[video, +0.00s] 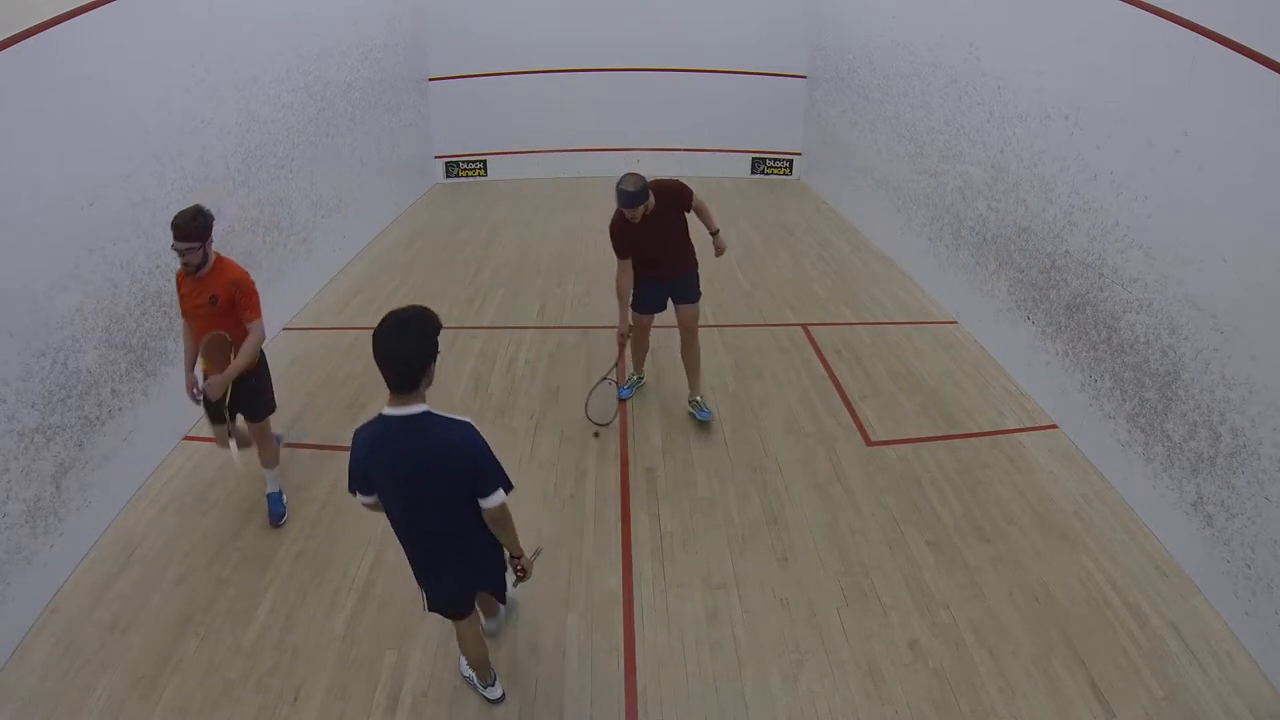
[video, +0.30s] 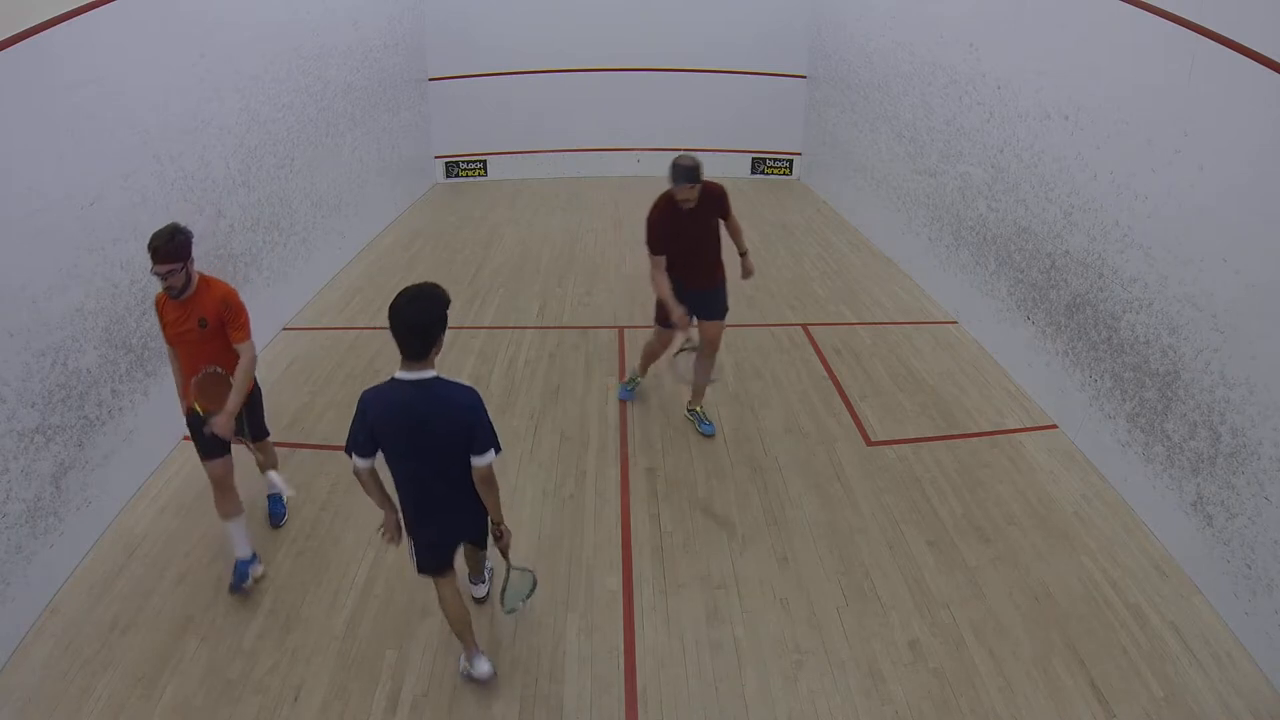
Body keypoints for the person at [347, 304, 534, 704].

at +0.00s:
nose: (438, 364)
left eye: (436, 355)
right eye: (437, 357)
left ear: (382, 367)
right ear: (430, 370)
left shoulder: (367, 438)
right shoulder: (459, 435)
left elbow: (369, 500)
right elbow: (495, 510)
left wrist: (408, 505)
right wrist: (516, 551)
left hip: (425, 554)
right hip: (474, 543)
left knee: (463, 618)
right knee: (484, 579)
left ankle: (487, 683)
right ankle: (492, 615)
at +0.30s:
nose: (446, 335)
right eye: (445, 329)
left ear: (394, 337)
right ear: (440, 343)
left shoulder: (374, 402)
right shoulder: (464, 399)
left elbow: (362, 465)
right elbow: (483, 473)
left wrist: (387, 508)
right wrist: (498, 520)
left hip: (421, 514)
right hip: (467, 504)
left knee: (445, 581)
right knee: (474, 542)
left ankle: (475, 658)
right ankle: (478, 583)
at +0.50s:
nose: (446, 314)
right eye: (445, 308)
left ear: (398, 315)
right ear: (441, 319)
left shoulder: (377, 371)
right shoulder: (460, 374)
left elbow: (377, 443)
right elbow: (483, 439)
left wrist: (423, 469)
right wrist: (496, 473)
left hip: (415, 481)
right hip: (462, 476)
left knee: (425, 528)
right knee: (469, 530)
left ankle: (453, 593)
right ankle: (478, 582)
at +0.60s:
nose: (442, 306)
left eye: (438, 298)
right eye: (441, 300)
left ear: (395, 308)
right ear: (436, 311)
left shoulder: (378, 363)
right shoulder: (457, 364)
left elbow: (385, 433)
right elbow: (482, 424)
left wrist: (437, 446)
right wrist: (494, 451)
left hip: (414, 472)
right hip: (460, 470)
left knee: (426, 516)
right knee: (466, 525)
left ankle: (447, 574)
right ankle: (477, 581)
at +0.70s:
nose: (436, 298)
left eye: (433, 291)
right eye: (435, 292)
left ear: (391, 303)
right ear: (430, 303)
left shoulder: (376, 357)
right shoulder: (454, 354)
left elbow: (387, 425)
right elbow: (480, 413)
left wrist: (434, 459)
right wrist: (490, 436)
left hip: (412, 460)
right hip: (457, 455)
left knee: (427, 509)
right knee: (465, 522)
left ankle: (436, 547)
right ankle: (478, 581)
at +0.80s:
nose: (430, 296)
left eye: (428, 288)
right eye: (429, 289)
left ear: (385, 298)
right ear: (422, 299)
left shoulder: (372, 353)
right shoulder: (446, 349)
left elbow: (385, 420)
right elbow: (484, 418)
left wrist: (414, 468)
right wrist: (481, 430)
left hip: (412, 457)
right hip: (453, 452)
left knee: (425, 494)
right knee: (463, 518)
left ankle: (427, 528)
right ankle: (478, 580)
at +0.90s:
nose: (423, 293)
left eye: (422, 285)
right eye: (422, 286)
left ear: (381, 294)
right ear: (414, 295)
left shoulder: (370, 349)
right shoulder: (439, 343)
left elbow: (378, 415)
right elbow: (469, 400)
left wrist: (389, 466)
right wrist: (477, 422)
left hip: (408, 447)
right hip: (448, 441)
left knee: (420, 492)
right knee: (460, 512)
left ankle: (426, 525)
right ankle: (477, 578)